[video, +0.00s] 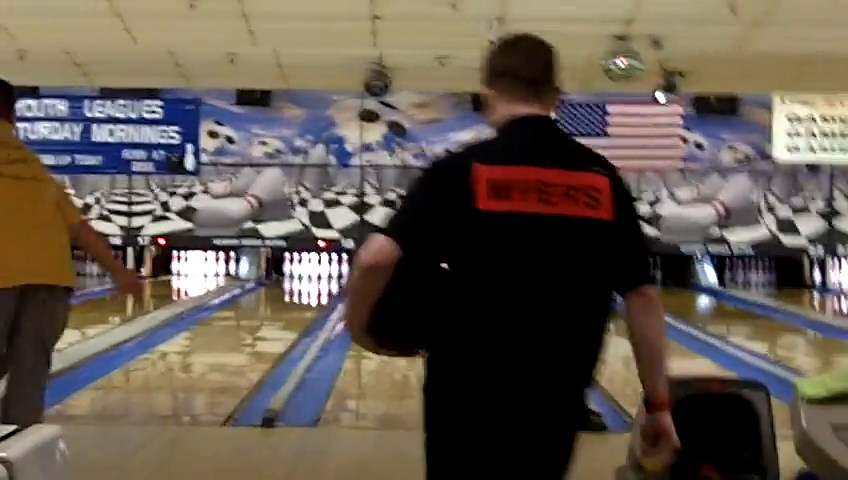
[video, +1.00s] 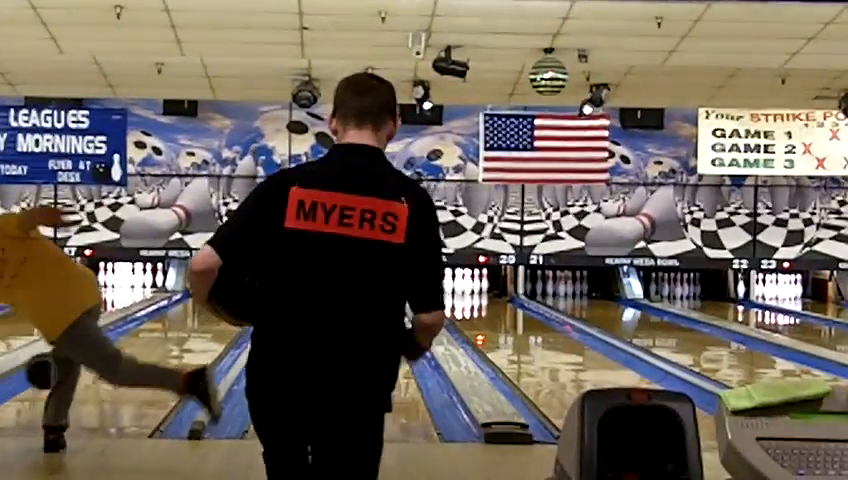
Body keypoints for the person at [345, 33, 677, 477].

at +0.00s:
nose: (489, 103)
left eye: (487, 95)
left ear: (488, 97)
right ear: (555, 98)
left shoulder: (457, 171)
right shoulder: (603, 179)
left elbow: (374, 258)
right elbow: (643, 296)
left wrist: (357, 325)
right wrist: (658, 404)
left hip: (464, 399)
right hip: (555, 405)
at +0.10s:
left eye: (457, 99)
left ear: (461, 104)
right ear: (519, 103)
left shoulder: (426, 180)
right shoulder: (567, 185)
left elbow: (352, 265)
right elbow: (619, 297)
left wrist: (337, 329)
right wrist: (647, 392)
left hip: (444, 397)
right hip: (530, 400)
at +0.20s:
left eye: (406, 115)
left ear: (410, 117)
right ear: (476, 113)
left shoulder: (379, 185)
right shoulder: (523, 188)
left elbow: (304, 270)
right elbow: (575, 294)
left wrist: (288, 339)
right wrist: (608, 390)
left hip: (394, 401)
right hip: (482, 403)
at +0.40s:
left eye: (376, 117)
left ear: (377, 120)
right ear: (442, 121)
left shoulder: (339, 190)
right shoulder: (477, 198)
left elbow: (272, 275)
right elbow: (522, 308)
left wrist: (248, 337)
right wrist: (545, 394)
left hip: (349, 396)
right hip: (433, 400)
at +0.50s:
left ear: (367, 106)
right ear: (432, 109)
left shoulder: (325, 177)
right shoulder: (461, 187)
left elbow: (256, 267)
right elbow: (497, 301)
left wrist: (240, 319)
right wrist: (506, 383)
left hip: (333, 392)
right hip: (419, 397)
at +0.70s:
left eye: (344, 113)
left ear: (346, 118)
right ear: (409, 120)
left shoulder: (302, 186)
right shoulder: (435, 197)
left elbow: (227, 272)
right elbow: (459, 317)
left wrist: (214, 318)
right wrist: (443, 363)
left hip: (306, 390)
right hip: (391, 396)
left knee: (307, 473)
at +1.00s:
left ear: (333, 123)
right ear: (394, 126)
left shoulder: (285, 184)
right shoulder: (412, 201)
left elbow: (202, 267)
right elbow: (431, 316)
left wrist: (223, 310)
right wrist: (417, 345)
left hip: (278, 383)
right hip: (359, 389)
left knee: (285, 477)